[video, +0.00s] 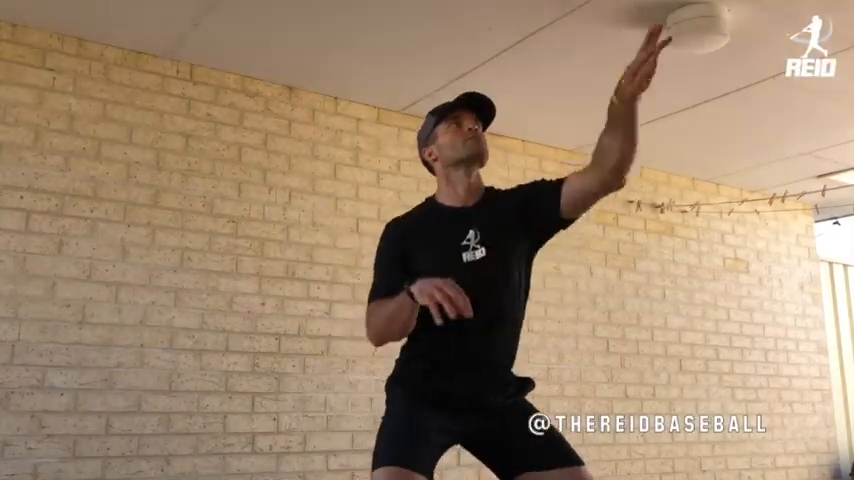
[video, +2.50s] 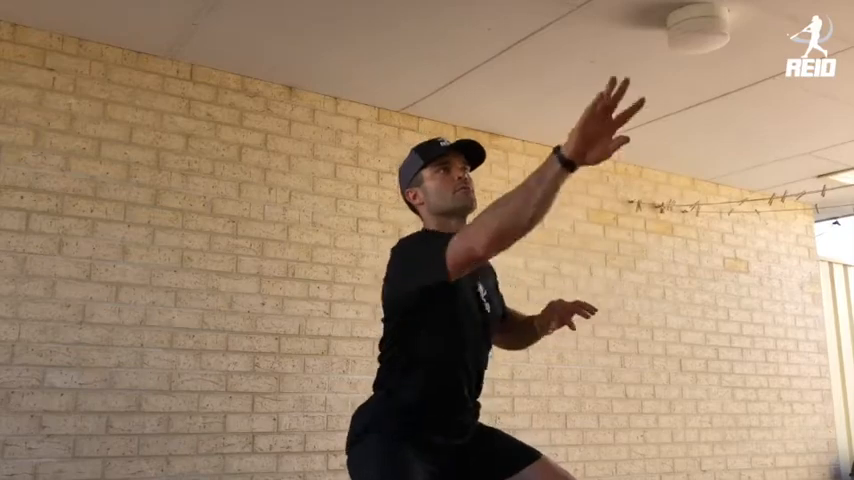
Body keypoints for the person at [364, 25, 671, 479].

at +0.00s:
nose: (472, 128)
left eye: (477, 124)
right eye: (455, 124)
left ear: (486, 146)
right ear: (430, 154)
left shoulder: (520, 209)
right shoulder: (403, 232)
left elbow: (606, 175)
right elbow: (379, 331)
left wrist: (625, 99)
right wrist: (413, 293)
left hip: (496, 395)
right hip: (420, 396)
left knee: (573, 476)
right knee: (394, 475)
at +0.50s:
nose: (529, 145)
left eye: (535, 139)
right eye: (513, 135)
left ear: (541, 153)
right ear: (485, 157)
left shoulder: (534, 243)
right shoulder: (477, 196)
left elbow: (570, 328)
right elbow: (543, 170)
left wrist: (596, 279)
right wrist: (608, 119)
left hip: (503, 393)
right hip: (444, 385)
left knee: (577, 473)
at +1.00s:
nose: (523, 167)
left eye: (527, 163)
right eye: (506, 159)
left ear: (532, 182)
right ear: (476, 183)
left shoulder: (551, 248)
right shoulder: (433, 246)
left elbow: (637, 208)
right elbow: (371, 316)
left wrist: (687, 124)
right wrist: (422, 314)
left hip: (484, 418)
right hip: (415, 403)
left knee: (568, 476)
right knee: (387, 474)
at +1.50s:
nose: (532, 177)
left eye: (534, 171)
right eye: (514, 168)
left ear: (542, 182)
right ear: (483, 189)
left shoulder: (522, 272)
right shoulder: (478, 230)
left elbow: (527, 354)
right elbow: (555, 190)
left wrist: (582, 352)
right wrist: (641, 122)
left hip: (478, 423)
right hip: (417, 415)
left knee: (570, 475)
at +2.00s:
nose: (462, 145)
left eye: (466, 140)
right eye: (444, 140)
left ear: (475, 159)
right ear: (417, 167)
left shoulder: (503, 228)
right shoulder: (386, 244)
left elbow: (584, 190)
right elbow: (336, 333)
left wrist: (624, 117)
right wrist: (391, 309)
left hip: (470, 408)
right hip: (397, 403)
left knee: (553, 476)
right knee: (377, 477)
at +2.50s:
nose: (462, 175)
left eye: (464, 168)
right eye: (444, 169)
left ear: (472, 182)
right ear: (415, 197)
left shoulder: (477, 265)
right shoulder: (411, 257)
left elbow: (501, 328)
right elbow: (482, 241)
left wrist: (540, 324)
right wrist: (568, 156)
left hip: (461, 436)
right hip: (396, 439)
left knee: (557, 476)